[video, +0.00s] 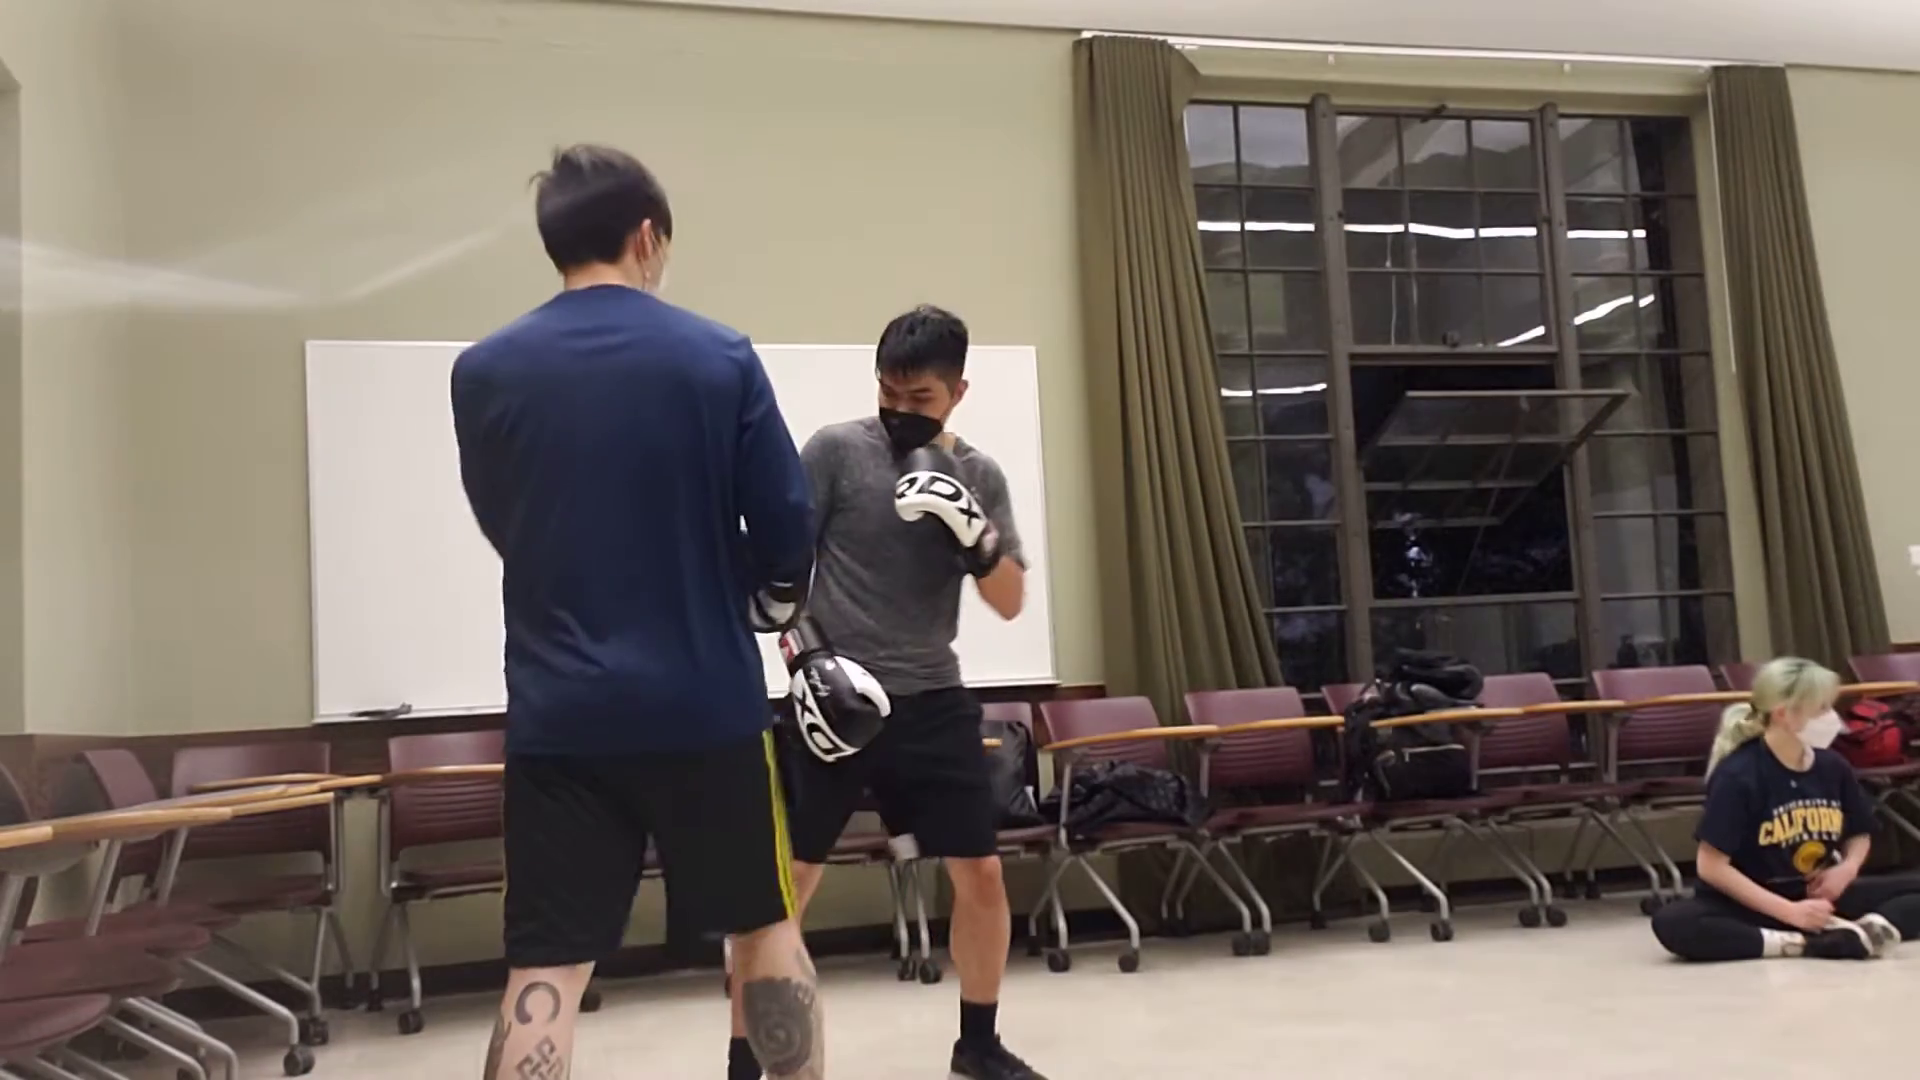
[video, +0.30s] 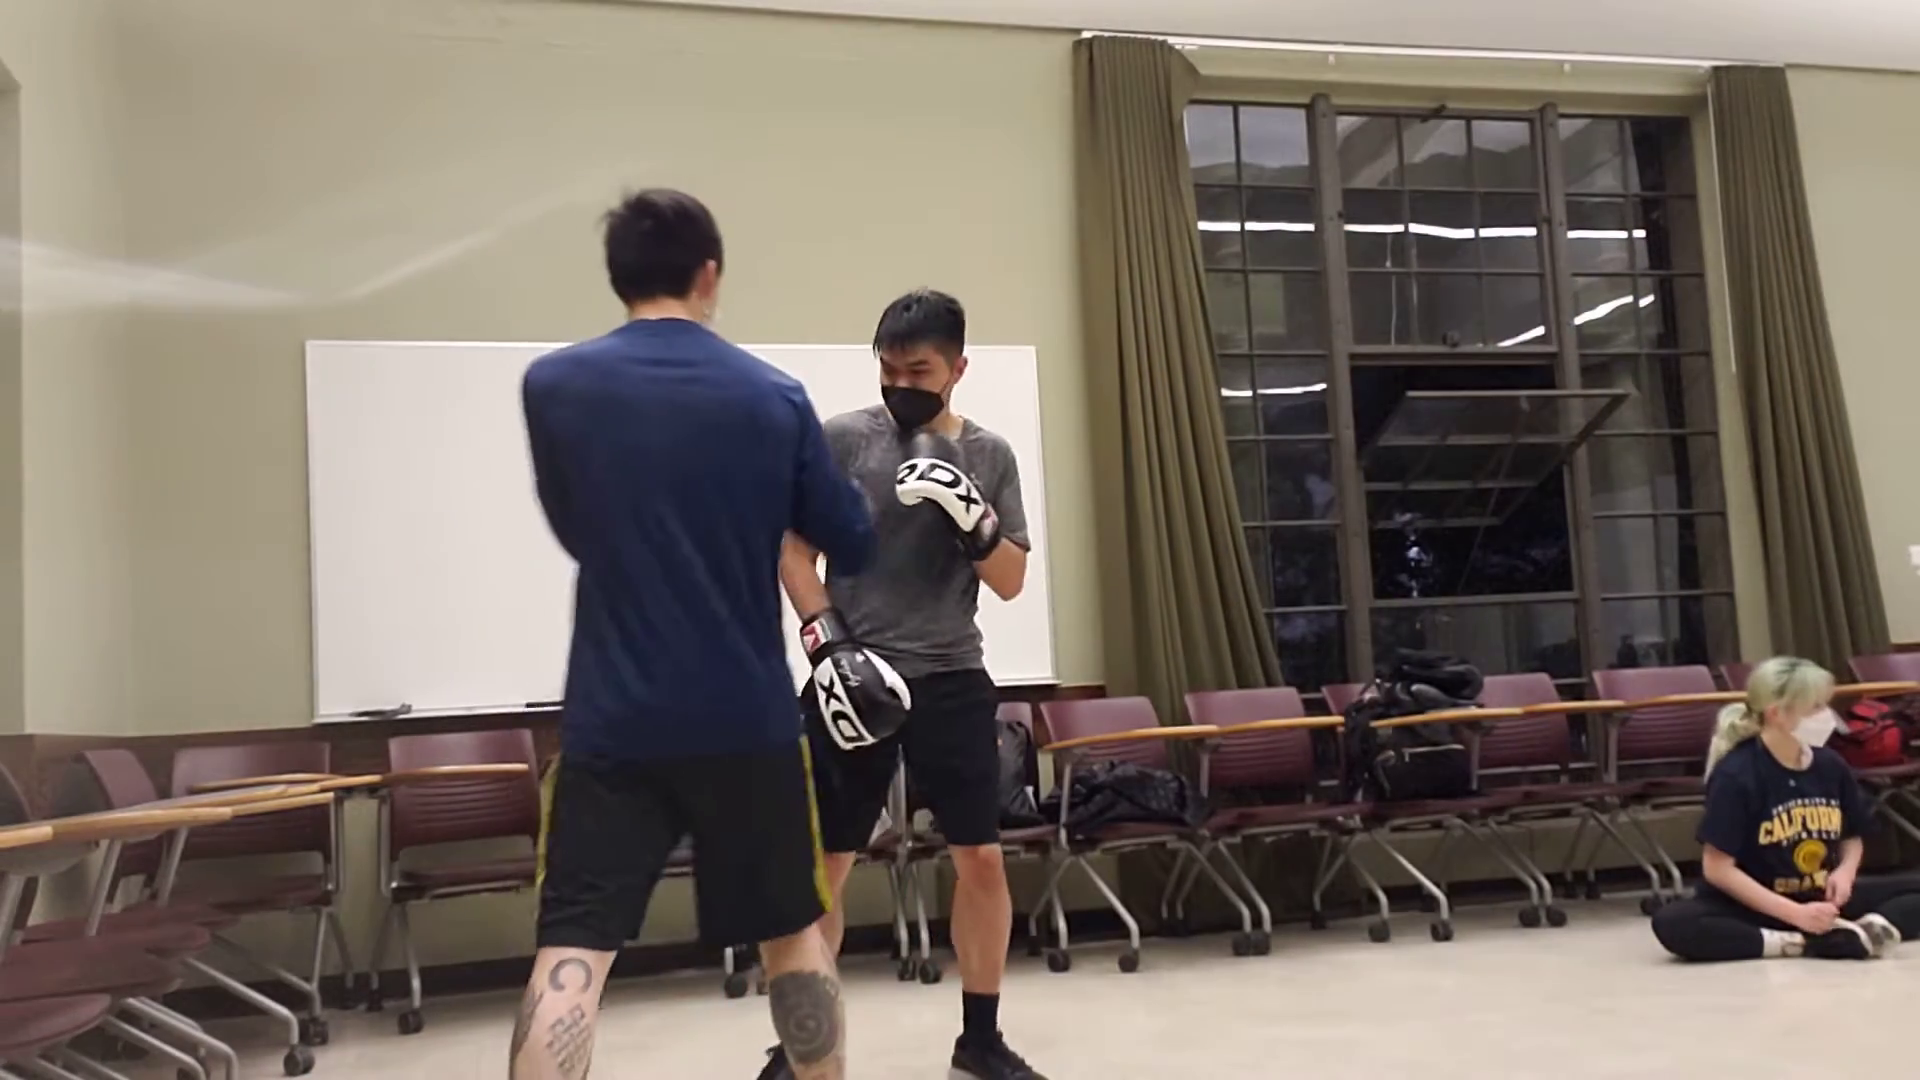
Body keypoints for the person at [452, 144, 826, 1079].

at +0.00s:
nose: (665, 258)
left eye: (661, 243)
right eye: (665, 242)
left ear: (554, 247)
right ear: (647, 237)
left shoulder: (484, 371)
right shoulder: (716, 356)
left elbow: (505, 526)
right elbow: (787, 533)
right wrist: (737, 575)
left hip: (558, 713)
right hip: (703, 711)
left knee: (545, 969)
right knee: (761, 927)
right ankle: (788, 1078)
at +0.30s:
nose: (719, 282)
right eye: (719, 271)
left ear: (616, 279)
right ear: (710, 274)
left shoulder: (555, 382)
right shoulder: (769, 398)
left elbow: (575, 532)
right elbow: (849, 540)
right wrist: (754, 489)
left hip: (612, 720)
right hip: (746, 719)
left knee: (572, 950)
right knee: (791, 934)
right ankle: (821, 1077)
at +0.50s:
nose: (765, 292)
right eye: (765, 281)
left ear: (665, 289)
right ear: (755, 282)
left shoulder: (607, 378)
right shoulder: (810, 390)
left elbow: (679, 481)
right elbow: (898, 510)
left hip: (664, 698)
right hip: (791, 703)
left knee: (596, 924)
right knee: (811, 933)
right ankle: (819, 1076)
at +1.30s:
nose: (837, 327)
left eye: (835, 310)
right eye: (830, 310)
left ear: (750, 315)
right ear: (791, 311)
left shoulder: (676, 422)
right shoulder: (832, 421)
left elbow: (754, 512)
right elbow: (888, 566)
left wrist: (826, 409)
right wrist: (938, 480)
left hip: (713, 716)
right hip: (829, 710)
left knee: (698, 927)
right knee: (892, 914)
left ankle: (660, 1074)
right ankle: (936, 1070)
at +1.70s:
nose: (909, 356)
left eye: (910, 339)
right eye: (906, 338)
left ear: (823, 332)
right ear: (870, 328)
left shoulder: (746, 419)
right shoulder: (879, 418)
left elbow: (820, 534)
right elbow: (925, 561)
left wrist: (929, 484)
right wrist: (975, 498)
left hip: (768, 702)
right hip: (866, 703)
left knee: (782, 900)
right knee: (908, 909)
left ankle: (752, 1067)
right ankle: (938, 1072)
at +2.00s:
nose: (887, 351)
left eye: (885, 335)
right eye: (878, 335)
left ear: (816, 342)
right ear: (833, 337)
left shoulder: (747, 436)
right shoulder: (838, 427)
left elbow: (791, 572)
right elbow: (859, 557)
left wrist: (910, 546)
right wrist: (935, 541)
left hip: (767, 704)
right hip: (846, 702)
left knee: (793, 885)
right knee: (939, 870)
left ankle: (752, 1068)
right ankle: (930, 1066)